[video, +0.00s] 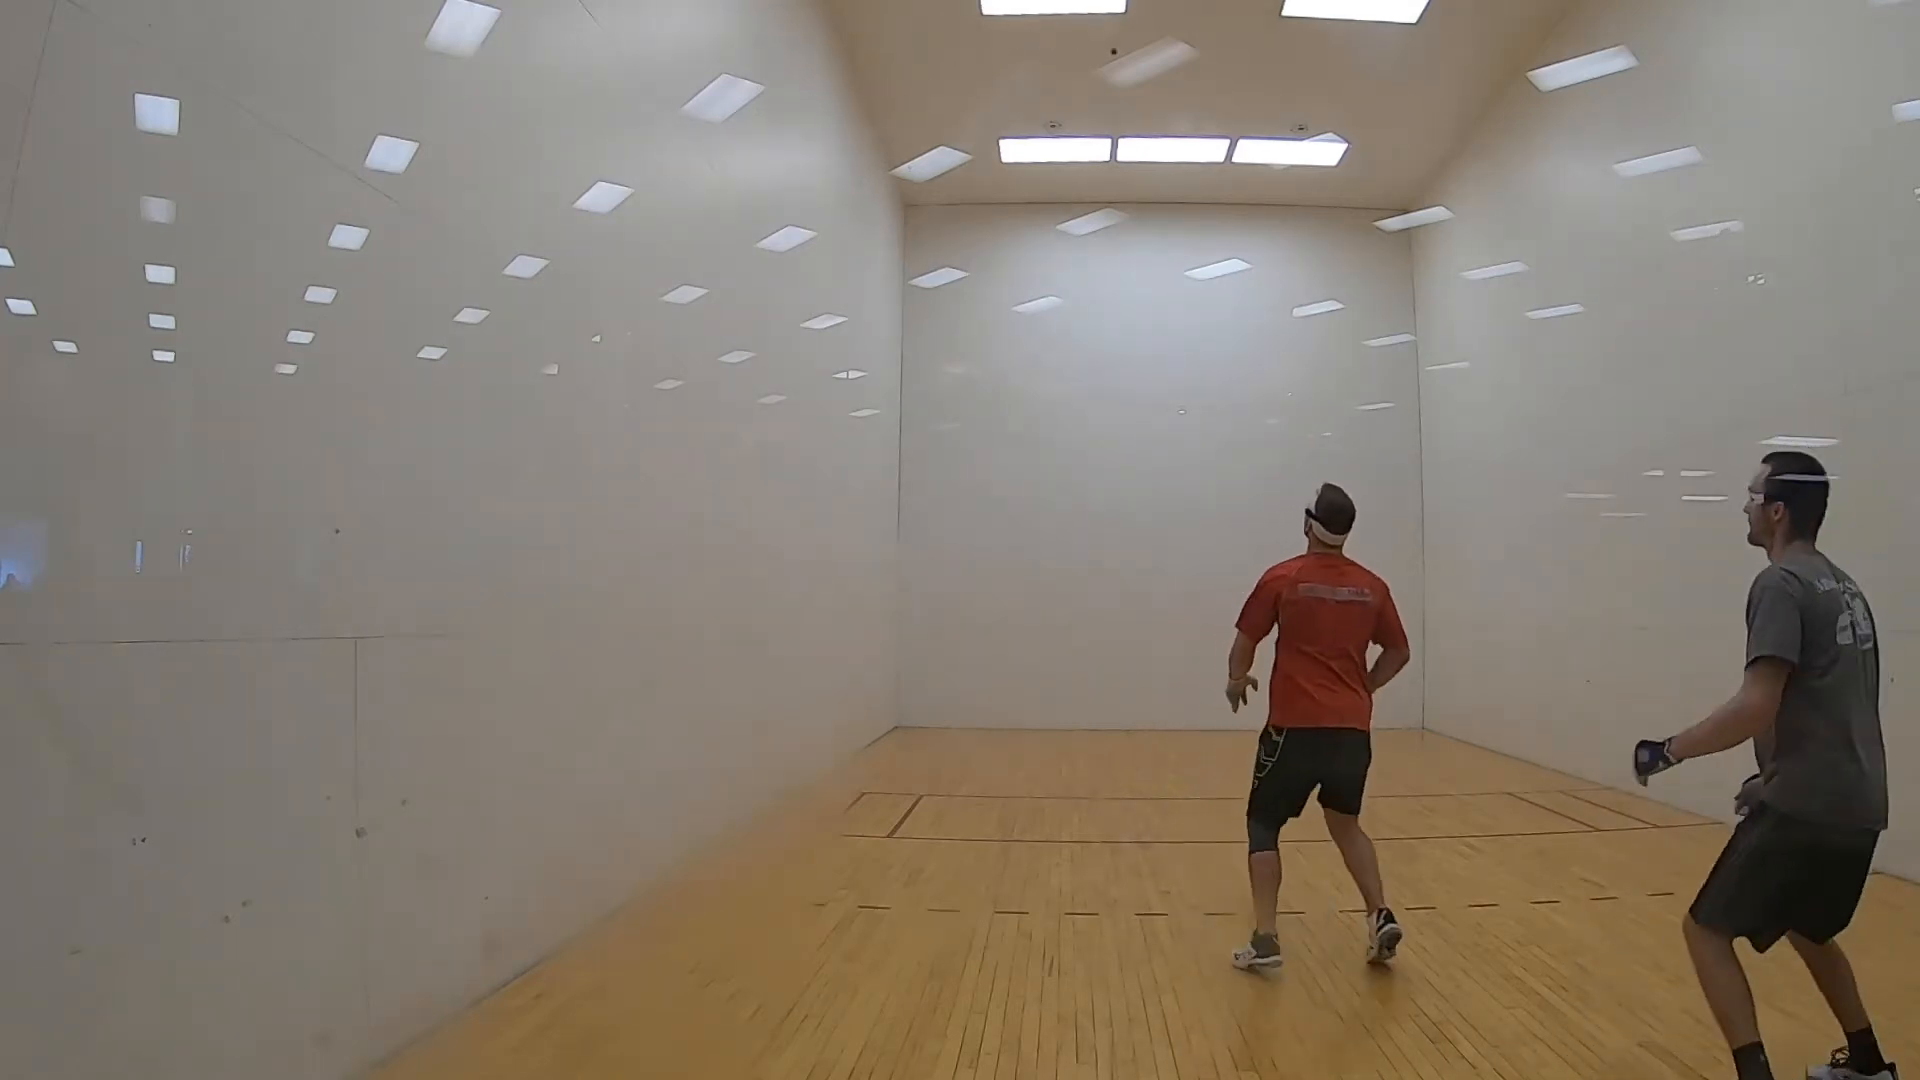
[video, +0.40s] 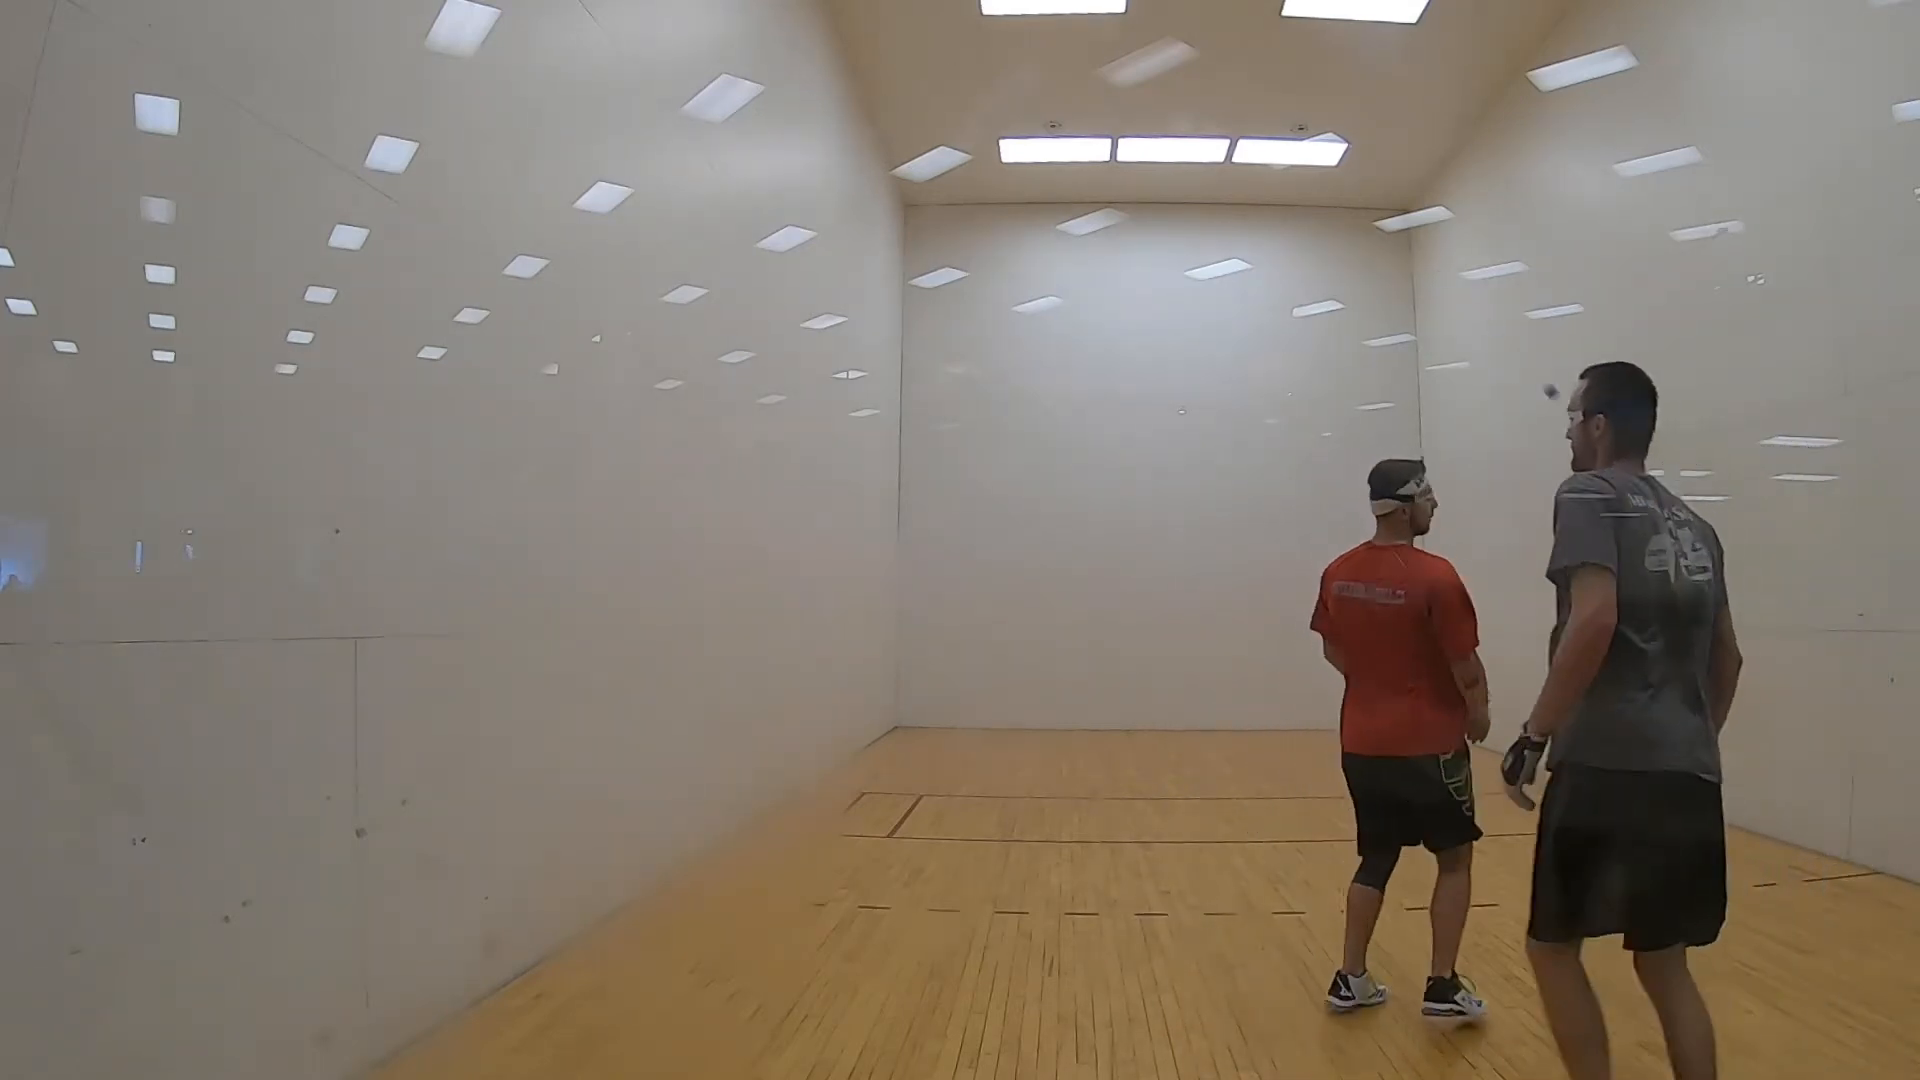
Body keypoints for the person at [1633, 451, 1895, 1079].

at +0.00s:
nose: (1745, 507)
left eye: (1752, 497)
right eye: (1750, 496)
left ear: (1777, 511)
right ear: (1804, 514)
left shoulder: (1781, 583)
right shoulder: (1843, 585)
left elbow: (1757, 706)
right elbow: (1841, 709)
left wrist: (1667, 750)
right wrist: (1777, 778)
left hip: (1800, 803)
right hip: (1857, 804)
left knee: (1705, 926)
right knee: (1806, 924)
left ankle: (1754, 1074)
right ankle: (1867, 1058)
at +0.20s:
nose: (1667, 475)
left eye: (1674, 464)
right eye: (1671, 462)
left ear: (1693, 475)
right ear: (1740, 483)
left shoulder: (1678, 543)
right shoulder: (1780, 568)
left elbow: (1658, 664)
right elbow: (1815, 695)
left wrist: (1597, 739)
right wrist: (1786, 775)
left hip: (1713, 797)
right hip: (1785, 797)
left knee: (1675, 971)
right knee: (1789, 928)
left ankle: (1717, 1079)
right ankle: (1838, 1065)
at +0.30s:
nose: (1621, 438)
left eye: (1627, 425)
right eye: (1624, 424)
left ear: (1649, 431)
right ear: (1695, 437)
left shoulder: (1634, 497)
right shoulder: (1738, 528)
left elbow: (1627, 620)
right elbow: (1771, 662)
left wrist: (1579, 723)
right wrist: (1755, 764)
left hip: (1661, 771)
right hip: (1736, 774)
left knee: (1639, 943)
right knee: (1714, 933)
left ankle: (1692, 1078)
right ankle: (1781, 1071)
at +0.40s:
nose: (1569, 435)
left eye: (1573, 422)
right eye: (1571, 421)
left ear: (1596, 426)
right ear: (1644, 430)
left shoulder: (1586, 495)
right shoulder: (1695, 523)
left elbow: (1595, 619)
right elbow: (1725, 660)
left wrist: (1533, 733)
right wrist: (1688, 746)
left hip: (1600, 773)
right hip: (1685, 777)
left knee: (1552, 946)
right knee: (1661, 956)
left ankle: (1593, 1075)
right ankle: (1699, 1076)